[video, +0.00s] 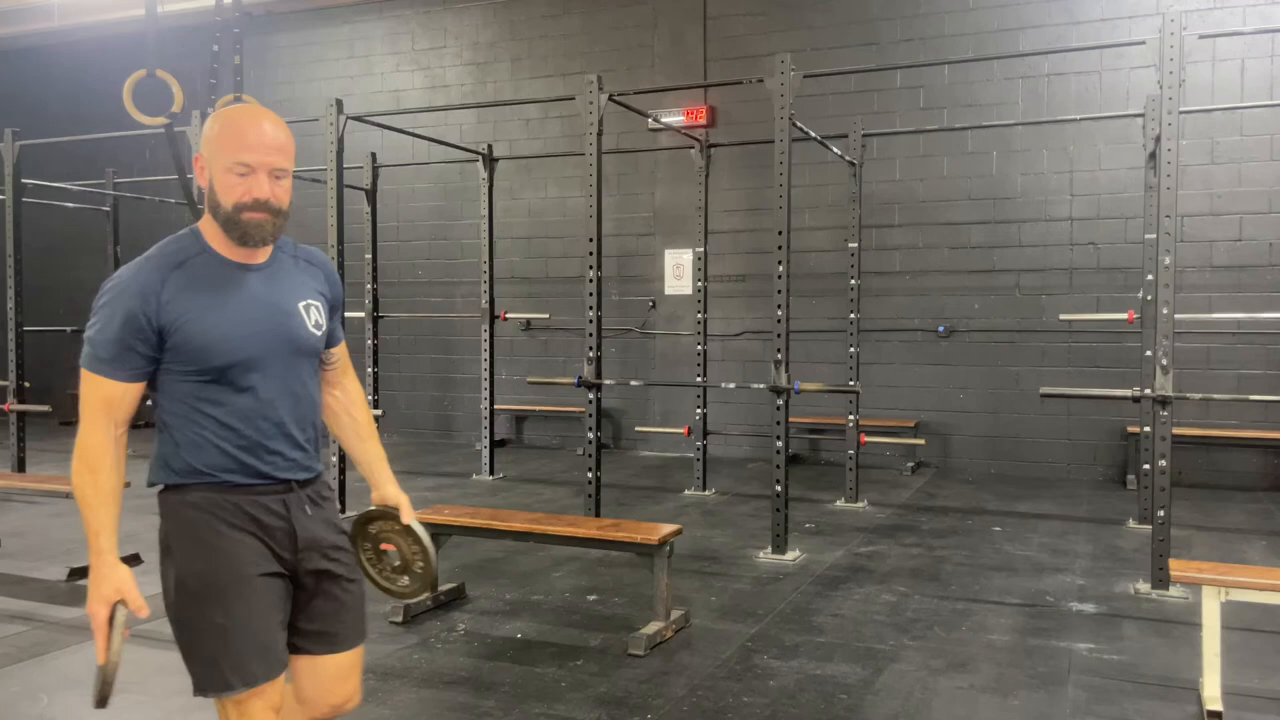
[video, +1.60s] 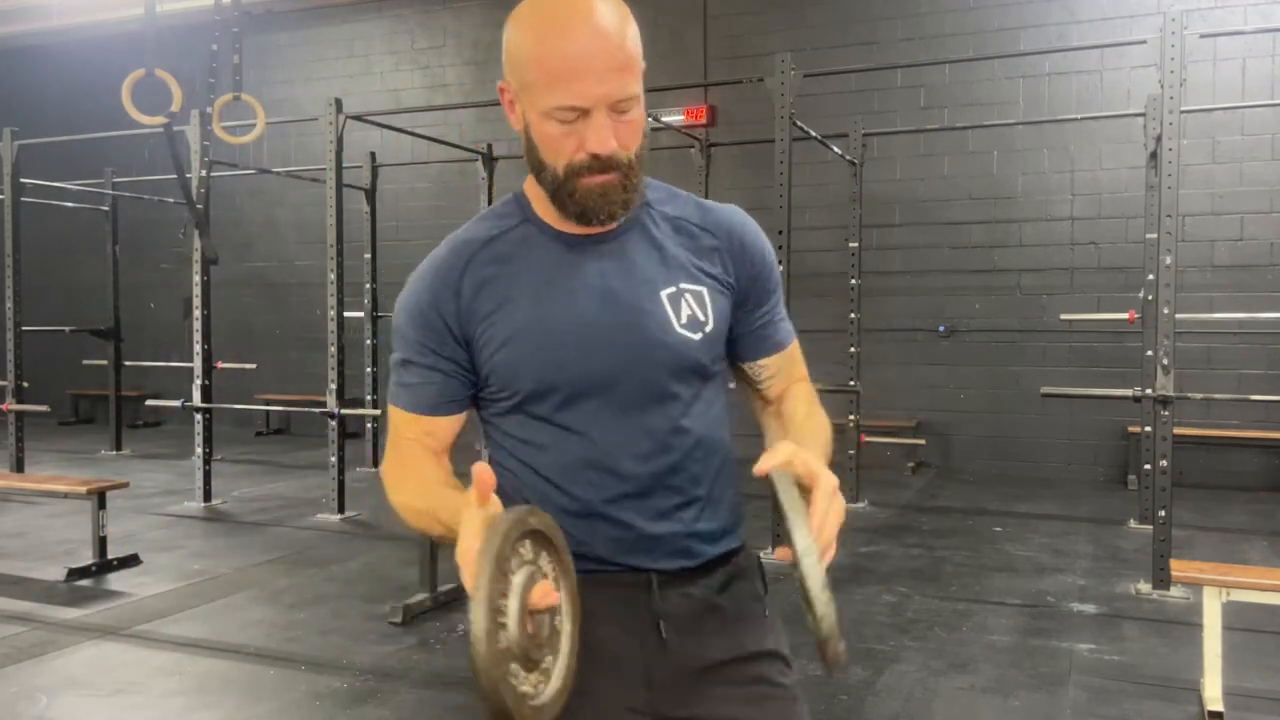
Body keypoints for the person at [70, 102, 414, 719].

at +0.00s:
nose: (263, 193)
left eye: (278, 175)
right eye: (243, 173)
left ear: (294, 179)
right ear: (201, 172)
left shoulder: (315, 274)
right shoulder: (142, 289)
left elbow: (337, 383)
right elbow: (102, 428)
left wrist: (384, 482)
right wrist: (104, 558)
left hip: (313, 511)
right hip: (214, 520)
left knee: (333, 696)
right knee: (258, 706)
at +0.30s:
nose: (334, 190)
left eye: (350, 170)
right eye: (313, 168)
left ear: (367, 172)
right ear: (272, 163)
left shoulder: (396, 272)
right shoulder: (210, 285)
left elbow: (429, 383)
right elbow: (167, 424)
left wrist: (485, 462)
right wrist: (207, 510)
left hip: (393, 527)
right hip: (279, 536)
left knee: (429, 710)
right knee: (286, 711)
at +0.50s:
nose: (403, 194)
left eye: (425, 177)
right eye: (386, 170)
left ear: (450, 182)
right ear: (355, 165)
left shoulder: (480, 286)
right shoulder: (287, 289)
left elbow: (513, 398)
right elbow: (235, 430)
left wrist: (561, 432)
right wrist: (279, 469)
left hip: (471, 544)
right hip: (350, 550)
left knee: (503, 711)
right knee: (344, 711)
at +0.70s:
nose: (471, 173)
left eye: (497, 158)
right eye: (459, 149)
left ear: (529, 168)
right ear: (436, 144)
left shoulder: (560, 277)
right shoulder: (351, 272)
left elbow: (586, 396)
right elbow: (326, 418)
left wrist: (653, 396)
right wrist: (307, 409)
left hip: (535, 549)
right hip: (408, 551)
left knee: (555, 710)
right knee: (415, 710)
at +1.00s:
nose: (570, 172)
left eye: (579, 150)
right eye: (545, 152)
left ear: (589, 145)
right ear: (482, 152)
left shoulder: (621, 276)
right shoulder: (402, 282)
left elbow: (673, 422)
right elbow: (360, 456)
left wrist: (745, 375)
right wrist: (343, 411)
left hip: (604, 575)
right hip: (477, 584)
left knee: (610, 711)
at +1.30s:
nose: (576, 147)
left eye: (581, 118)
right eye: (542, 130)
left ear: (591, 104)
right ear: (471, 137)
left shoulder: (646, 249)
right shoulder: (404, 289)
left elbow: (710, 388)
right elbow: (395, 488)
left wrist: (795, 374)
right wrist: (381, 470)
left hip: (668, 589)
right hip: (521, 608)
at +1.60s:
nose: (603, 144)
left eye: (623, 110)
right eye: (570, 116)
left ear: (645, 93)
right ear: (511, 107)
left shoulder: (725, 243)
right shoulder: (453, 285)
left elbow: (788, 393)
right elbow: (410, 461)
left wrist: (800, 455)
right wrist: (465, 517)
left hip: (722, 612)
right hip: (564, 623)